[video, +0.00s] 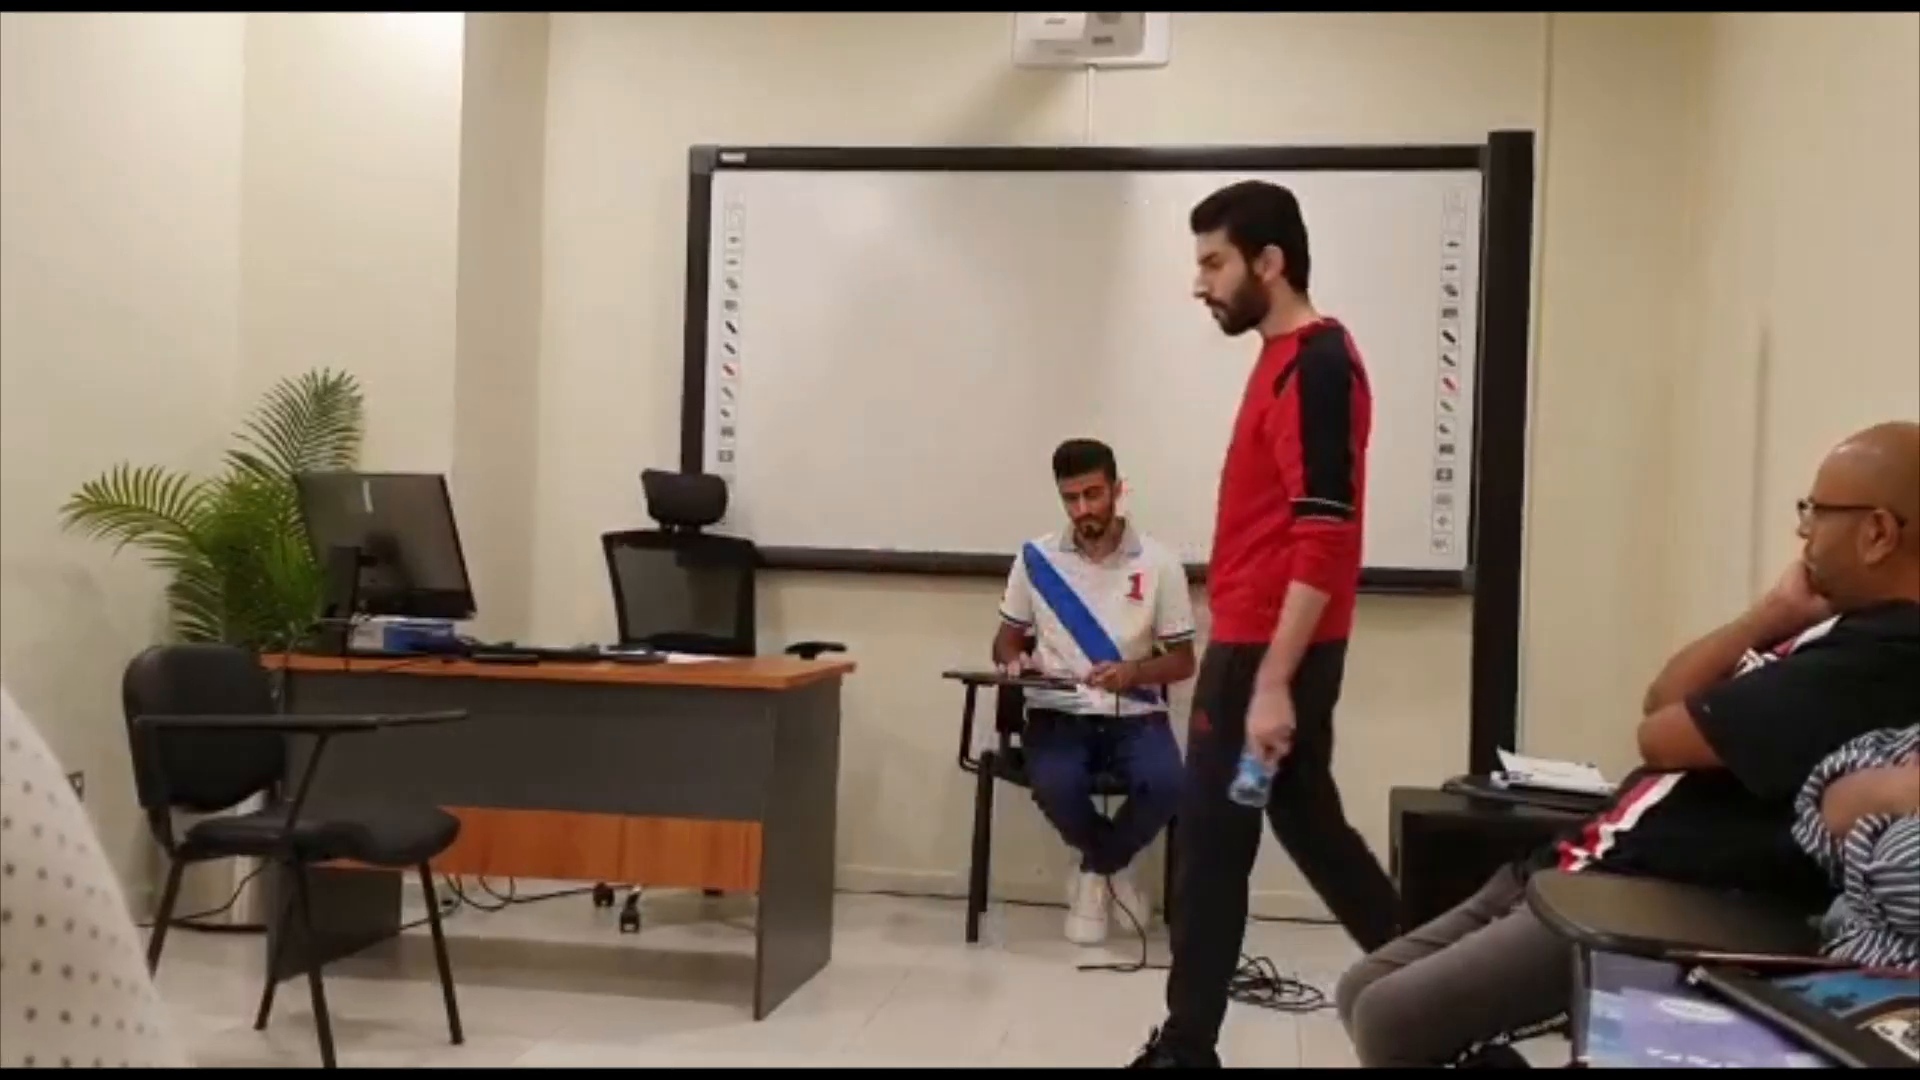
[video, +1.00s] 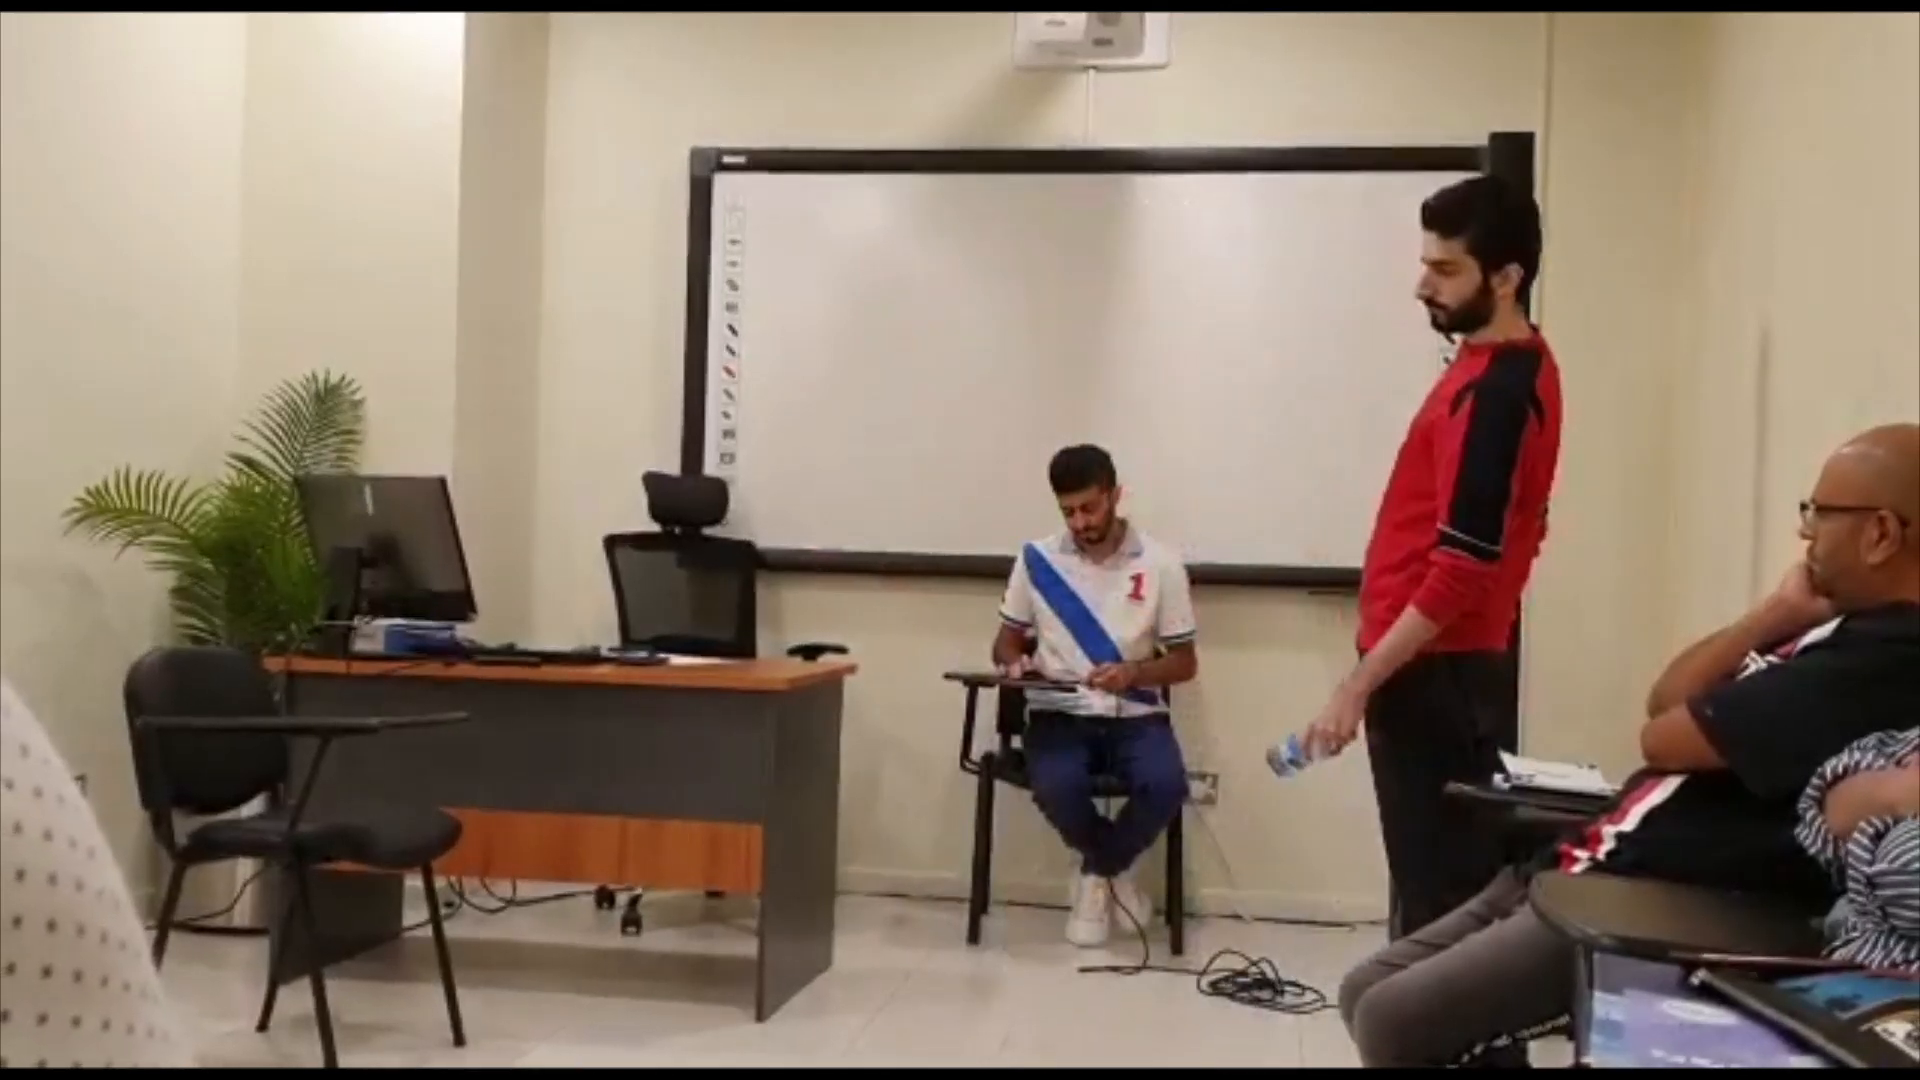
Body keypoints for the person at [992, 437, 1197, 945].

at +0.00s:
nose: (1083, 510)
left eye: (1092, 495)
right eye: (1071, 498)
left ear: (1117, 491)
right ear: (1060, 499)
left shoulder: (1157, 561)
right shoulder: (1036, 559)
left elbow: (1183, 660)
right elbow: (1006, 641)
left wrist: (1133, 673)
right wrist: (1013, 659)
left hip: (1134, 713)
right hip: (1058, 712)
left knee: (1165, 785)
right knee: (1055, 790)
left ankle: (1095, 874)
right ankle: (1115, 865)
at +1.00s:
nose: (1080, 522)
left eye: (1089, 508)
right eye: (1069, 512)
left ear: (1116, 496)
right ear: (1059, 507)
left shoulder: (1159, 564)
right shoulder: (1036, 561)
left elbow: (1184, 662)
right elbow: (1006, 645)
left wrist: (1132, 674)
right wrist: (1014, 662)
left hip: (1135, 716)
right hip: (1059, 715)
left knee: (1164, 788)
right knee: (1056, 791)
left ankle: (1096, 878)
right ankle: (1114, 870)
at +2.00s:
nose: (1078, 526)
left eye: (1088, 512)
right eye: (1068, 515)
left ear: (1115, 498)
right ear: (1057, 509)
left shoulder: (1158, 566)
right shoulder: (1036, 562)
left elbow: (1184, 663)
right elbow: (1007, 643)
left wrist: (1132, 674)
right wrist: (1013, 662)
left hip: (1134, 717)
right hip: (1058, 716)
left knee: (1164, 788)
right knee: (1055, 791)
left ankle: (1094, 879)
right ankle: (1115, 869)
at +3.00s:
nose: (1078, 526)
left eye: (1087, 512)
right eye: (1067, 514)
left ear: (1113, 499)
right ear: (1056, 509)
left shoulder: (1158, 566)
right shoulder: (1036, 562)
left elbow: (1183, 663)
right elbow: (1008, 641)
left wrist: (1132, 674)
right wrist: (1012, 661)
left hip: (1135, 717)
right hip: (1059, 716)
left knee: (1163, 788)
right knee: (1055, 791)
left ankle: (1094, 879)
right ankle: (1114, 870)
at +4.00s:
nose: (1077, 523)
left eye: (1087, 509)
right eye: (1067, 512)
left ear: (1113, 498)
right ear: (1056, 507)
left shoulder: (1157, 564)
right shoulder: (1035, 560)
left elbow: (1184, 661)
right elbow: (1004, 643)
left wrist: (1129, 672)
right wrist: (1013, 660)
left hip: (1135, 714)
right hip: (1057, 713)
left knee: (1163, 786)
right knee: (1054, 789)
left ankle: (1094, 877)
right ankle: (1113, 867)